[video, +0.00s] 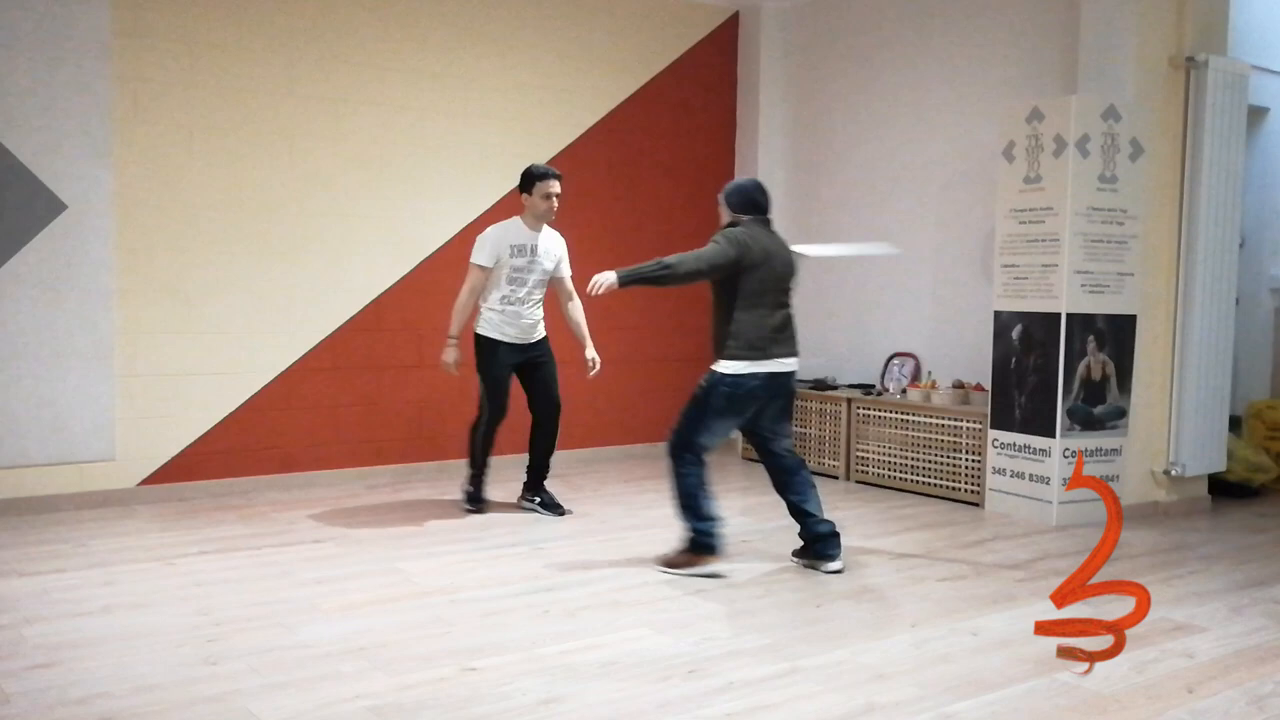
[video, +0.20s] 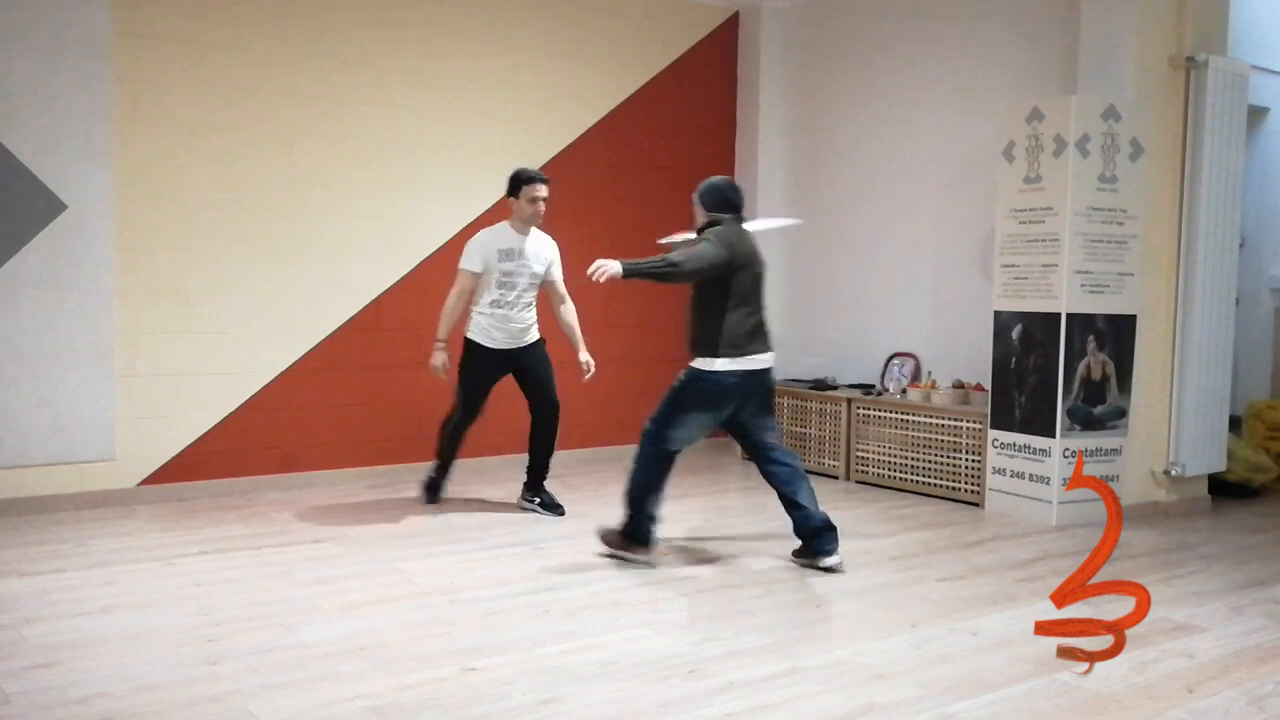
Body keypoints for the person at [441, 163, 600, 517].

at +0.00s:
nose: (555, 203)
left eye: (558, 196)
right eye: (548, 196)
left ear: (558, 198)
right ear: (525, 197)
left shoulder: (555, 242)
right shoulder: (495, 236)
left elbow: (570, 298)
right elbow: (470, 290)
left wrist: (588, 344)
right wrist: (451, 341)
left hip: (534, 339)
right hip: (494, 338)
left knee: (549, 408)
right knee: (493, 411)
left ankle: (534, 488)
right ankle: (475, 486)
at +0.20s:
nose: (542, 207)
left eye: (545, 200)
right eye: (534, 200)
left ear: (546, 202)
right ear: (512, 201)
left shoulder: (547, 247)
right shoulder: (483, 242)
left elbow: (562, 302)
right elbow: (460, 293)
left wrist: (581, 348)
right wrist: (440, 345)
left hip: (527, 346)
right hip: (483, 345)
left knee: (547, 408)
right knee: (465, 412)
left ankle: (534, 488)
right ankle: (440, 472)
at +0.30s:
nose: (513, 207)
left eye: (517, 200)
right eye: (505, 201)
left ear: (520, 202)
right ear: (486, 202)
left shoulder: (530, 245)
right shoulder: (464, 244)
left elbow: (546, 299)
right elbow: (442, 300)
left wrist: (563, 347)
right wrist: (433, 349)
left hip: (517, 345)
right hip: (471, 347)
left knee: (542, 406)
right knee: (443, 409)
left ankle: (533, 485)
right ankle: (415, 468)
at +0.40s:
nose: (480, 223)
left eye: (484, 216)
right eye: (472, 217)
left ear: (489, 216)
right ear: (455, 218)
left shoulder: (507, 254)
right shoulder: (440, 263)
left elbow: (526, 310)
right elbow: (427, 318)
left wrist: (543, 356)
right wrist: (429, 360)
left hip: (503, 354)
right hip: (457, 359)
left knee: (537, 400)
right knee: (432, 422)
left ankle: (519, 475)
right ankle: (414, 471)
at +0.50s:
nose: (462, 246)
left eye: (466, 239)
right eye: (454, 240)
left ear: (471, 238)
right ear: (437, 241)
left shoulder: (491, 273)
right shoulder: (425, 286)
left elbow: (513, 325)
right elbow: (420, 334)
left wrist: (532, 363)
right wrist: (427, 367)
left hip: (495, 365)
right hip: (451, 371)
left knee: (528, 405)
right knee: (427, 434)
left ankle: (514, 478)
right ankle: (418, 472)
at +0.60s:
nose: (463, 257)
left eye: (467, 249)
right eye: (455, 250)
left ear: (472, 249)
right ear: (439, 251)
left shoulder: (491, 284)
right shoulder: (425, 294)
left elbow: (524, 329)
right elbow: (424, 340)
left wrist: (543, 357)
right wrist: (441, 353)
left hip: (494, 375)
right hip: (447, 382)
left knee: (526, 414)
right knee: (421, 440)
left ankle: (537, 490)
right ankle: (417, 475)